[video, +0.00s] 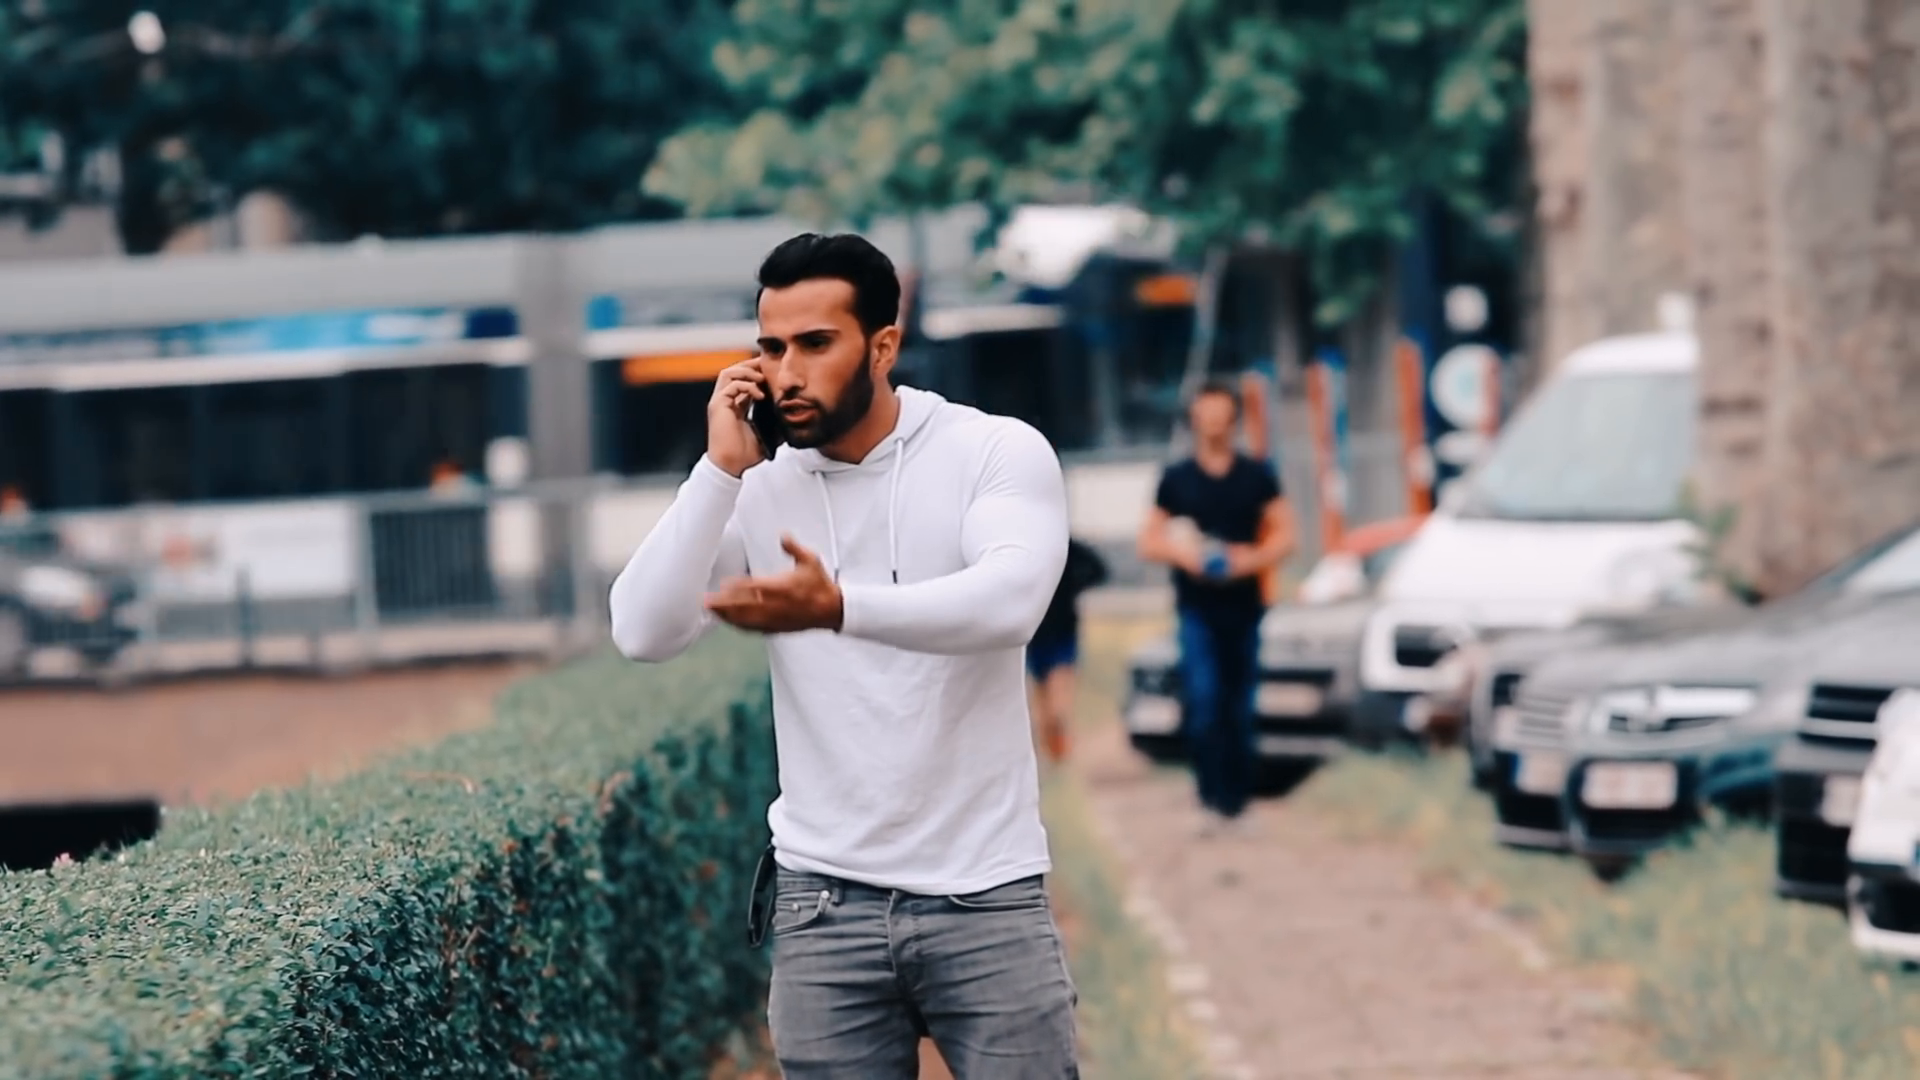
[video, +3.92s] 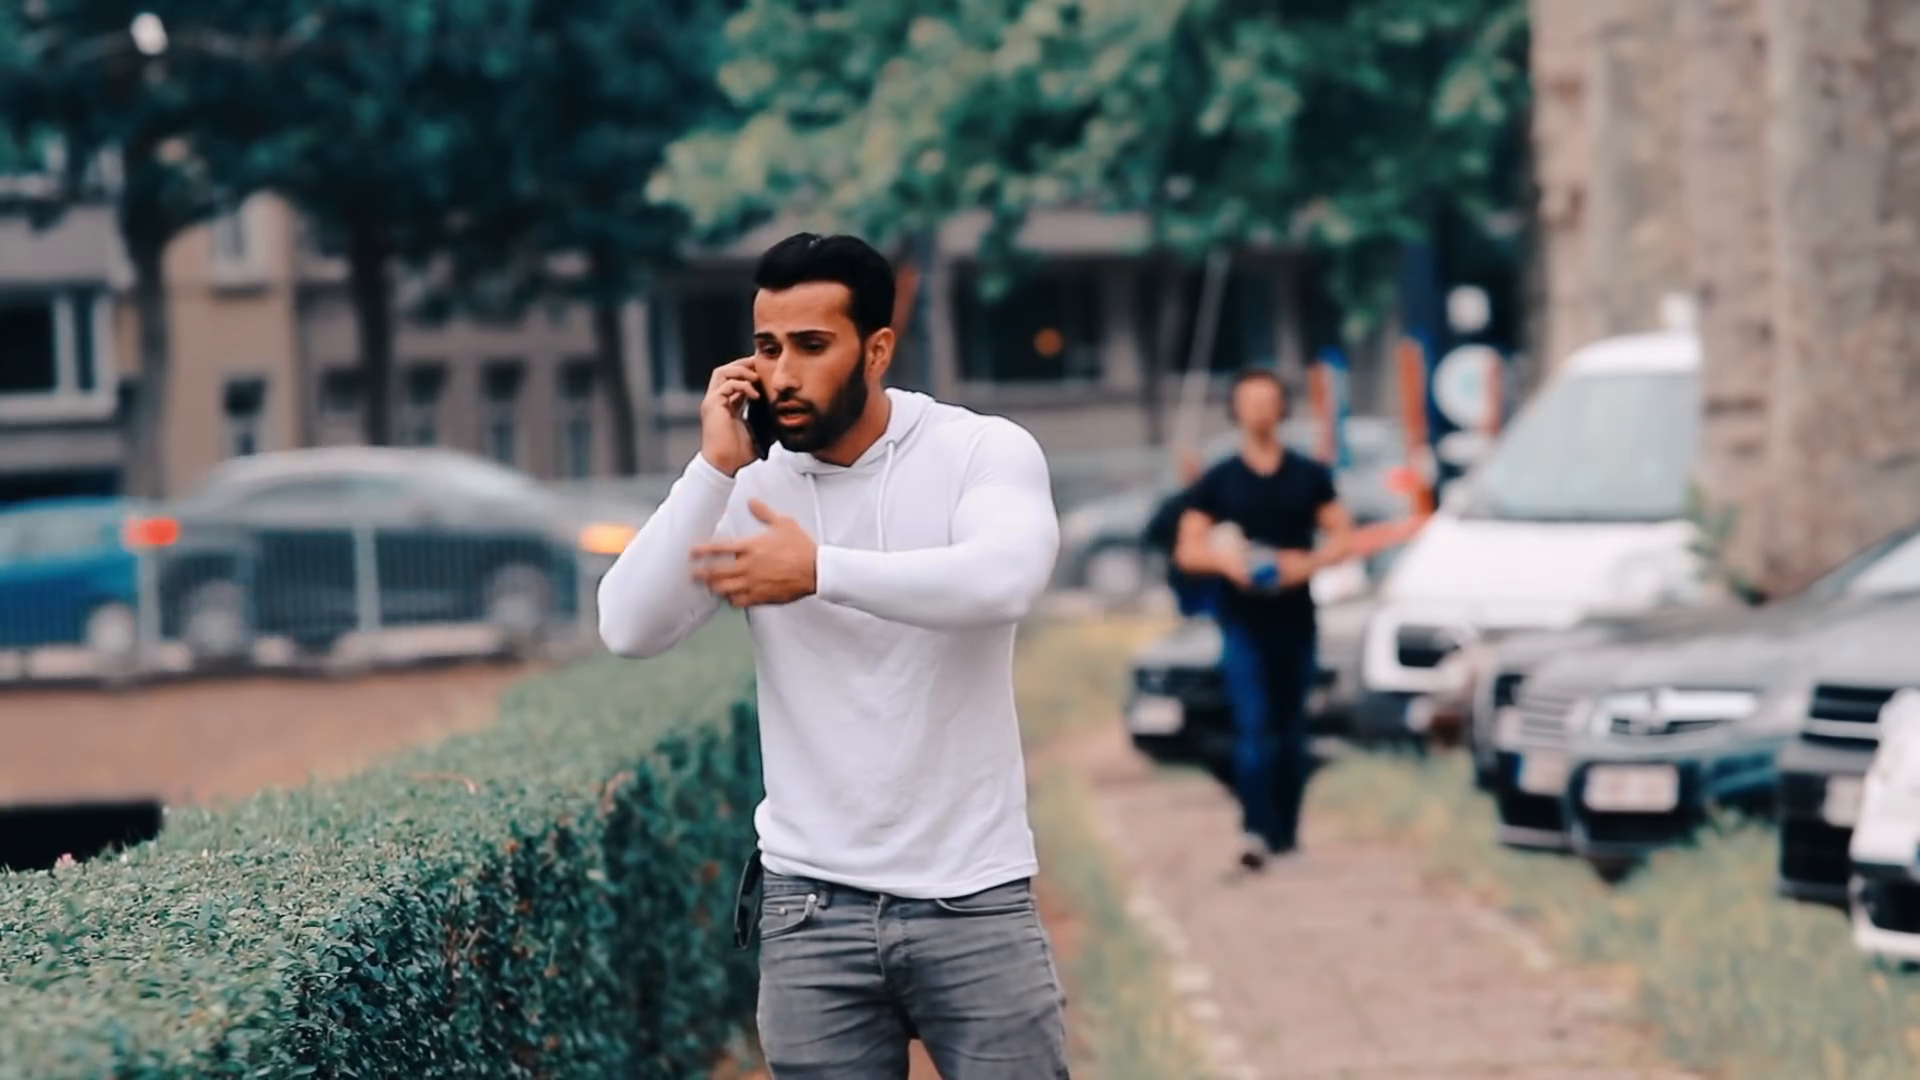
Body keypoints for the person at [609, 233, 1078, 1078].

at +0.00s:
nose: (784, 373)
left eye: (813, 344)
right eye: (770, 347)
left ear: (882, 347)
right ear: (755, 354)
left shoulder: (1001, 453)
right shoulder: (755, 490)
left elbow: (1007, 606)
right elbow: (643, 632)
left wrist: (838, 606)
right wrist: (720, 467)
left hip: (989, 898)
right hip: (821, 904)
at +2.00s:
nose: (782, 371)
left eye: (811, 342)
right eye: (769, 347)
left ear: (881, 345)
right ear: (755, 354)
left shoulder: (1000, 458)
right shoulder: (754, 490)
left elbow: (1003, 619)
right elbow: (641, 631)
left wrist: (856, 656)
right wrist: (720, 466)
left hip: (986, 900)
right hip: (817, 906)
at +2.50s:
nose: (792, 371)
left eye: (821, 341)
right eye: (779, 346)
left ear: (890, 344)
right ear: (764, 354)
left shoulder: (1009, 456)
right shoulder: (768, 483)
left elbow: (1011, 608)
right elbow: (648, 627)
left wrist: (836, 562)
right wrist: (725, 467)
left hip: (991, 896)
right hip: (823, 902)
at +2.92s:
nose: (792, 368)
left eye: (821, 338)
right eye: (778, 343)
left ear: (891, 341)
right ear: (764, 352)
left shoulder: (1008, 456)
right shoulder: (762, 488)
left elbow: (1012, 619)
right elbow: (649, 626)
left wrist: (862, 648)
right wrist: (728, 463)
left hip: (992, 898)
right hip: (824, 904)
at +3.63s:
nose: (789, 369)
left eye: (818, 339)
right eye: (776, 344)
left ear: (888, 342)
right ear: (762, 353)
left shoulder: (1005, 456)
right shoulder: (763, 480)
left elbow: (1003, 608)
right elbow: (645, 626)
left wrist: (827, 554)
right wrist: (723, 466)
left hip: (987, 895)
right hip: (819, 900)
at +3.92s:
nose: (780, 373)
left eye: (809, 345)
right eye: (768, 347)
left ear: (877, 348)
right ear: (752, 351)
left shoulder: (988, 451)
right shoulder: (750, 488)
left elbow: (1003, 583)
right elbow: (628, 626)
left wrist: (820, 571)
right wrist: (713, 466)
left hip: (975, 899)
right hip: (807, 906)